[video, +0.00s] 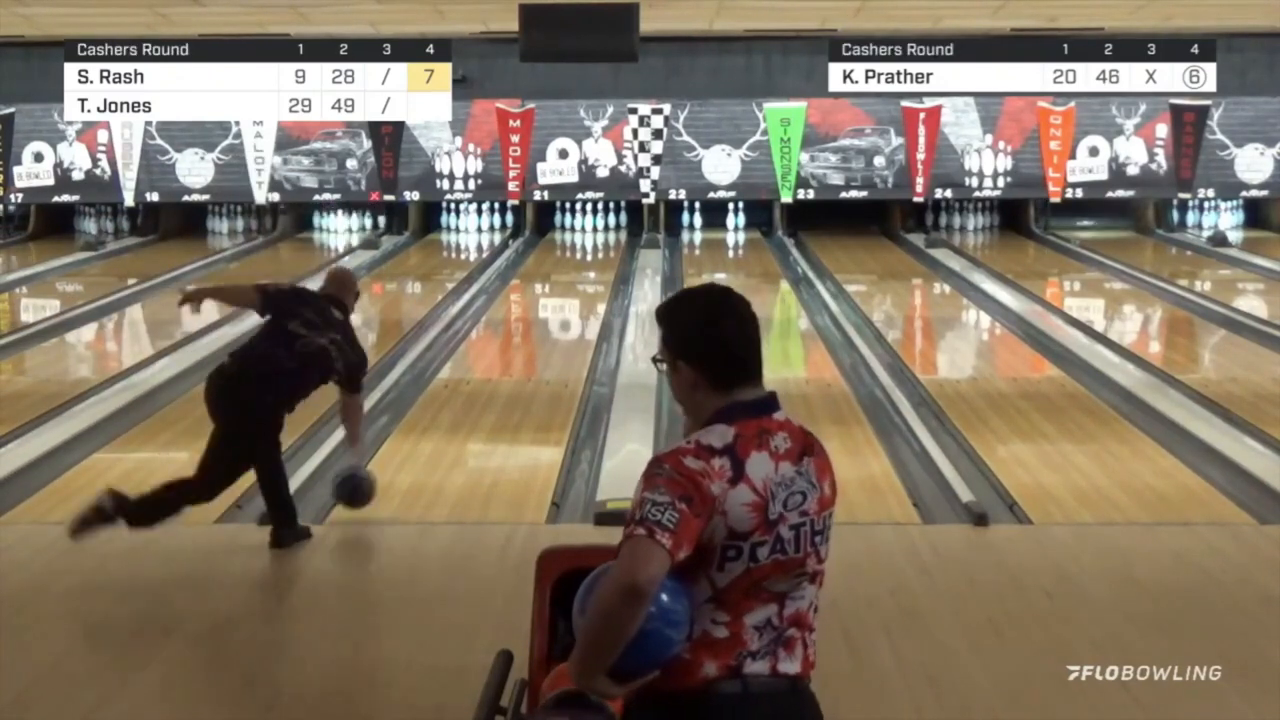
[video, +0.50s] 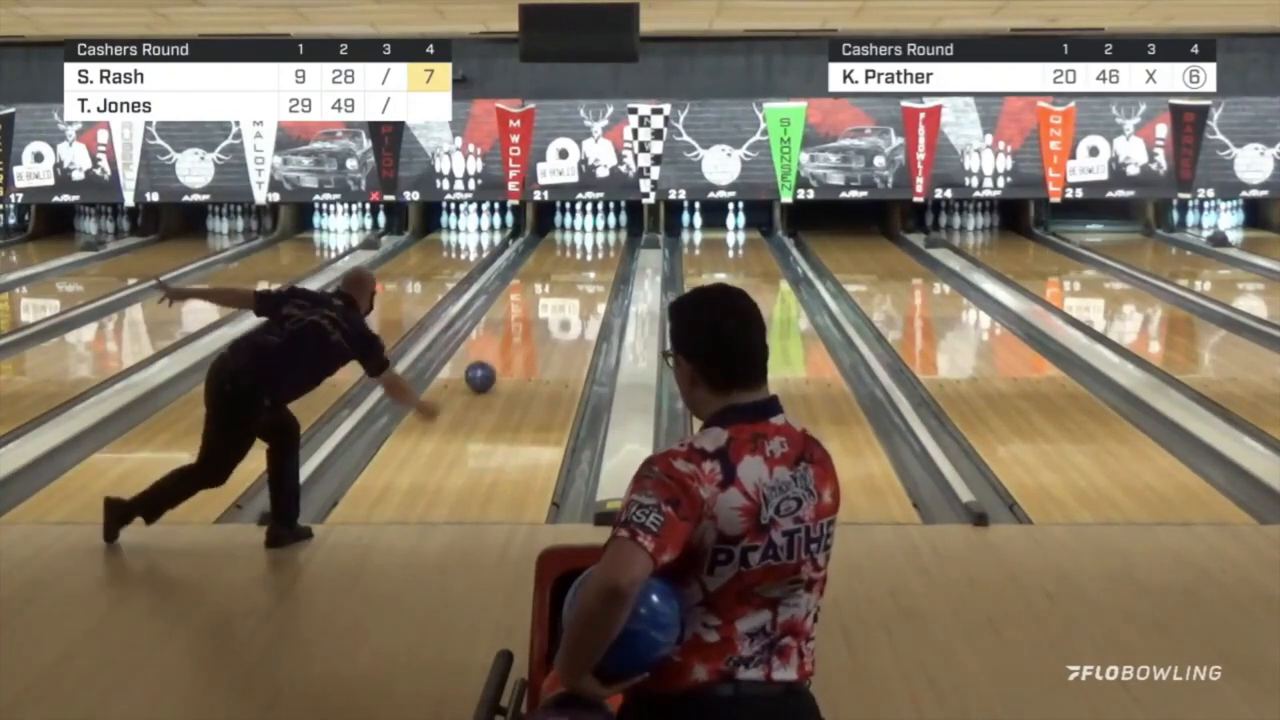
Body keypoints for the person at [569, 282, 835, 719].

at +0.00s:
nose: (669, 382)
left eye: (666, 366)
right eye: (665, 367)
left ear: (685, 370)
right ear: (752, 354)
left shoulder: (687, 467)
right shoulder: (811, 453)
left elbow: (636, 579)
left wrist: (585, 669)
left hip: (691, 698)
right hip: (789, 693)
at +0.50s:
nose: (675, 373)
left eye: (674, 361)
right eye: (674, 360)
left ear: (688, 369)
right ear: (760, 354)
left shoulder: (680, 470)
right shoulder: (816, 460)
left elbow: (617, 581)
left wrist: (572, 671)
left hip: (685, 697)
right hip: (788, 695)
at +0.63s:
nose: (677, 366)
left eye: (676, 356)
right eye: (678, 354)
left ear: (685, 368)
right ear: (762, 353)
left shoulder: (679, 471)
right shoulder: (815, 457)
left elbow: (618, 582)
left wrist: (572, 672)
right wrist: (681, 313)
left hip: (686, 697)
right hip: (788, 695)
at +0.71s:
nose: (678, 365)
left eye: (678, 352)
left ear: (688, 367)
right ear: (763, 354)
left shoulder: (682, 471)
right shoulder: (813, 450)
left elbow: (620, 582)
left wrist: (572, 671)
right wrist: (653, 314)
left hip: (687, 696)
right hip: (788, 692)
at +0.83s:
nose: (673, 358)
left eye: (677, 348)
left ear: (690, 366)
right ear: (768, 355)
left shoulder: (683, 472)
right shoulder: (809, 441)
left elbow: (623, 584)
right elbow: (698, 390)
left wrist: (575, 673)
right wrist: (628, 345)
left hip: (689, 697)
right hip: (788, 690)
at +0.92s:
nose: (680, 362)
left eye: (680, 353)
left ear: (687, 366)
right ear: (771, 355)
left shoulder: (686, 469)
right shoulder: (810, 452)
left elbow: (627, 585)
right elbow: (693, 432)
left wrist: (579, 675)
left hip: (691, 698)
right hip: (790, 693)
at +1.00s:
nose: (680, 363)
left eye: (680, 353)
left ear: (688, 365)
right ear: (770, 354)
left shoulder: (687, 470)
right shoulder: (811, 453)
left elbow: (629, 586)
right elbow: (688, 469)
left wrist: (580, 676)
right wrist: (580, 450)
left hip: (691, 699)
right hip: (790, 695)